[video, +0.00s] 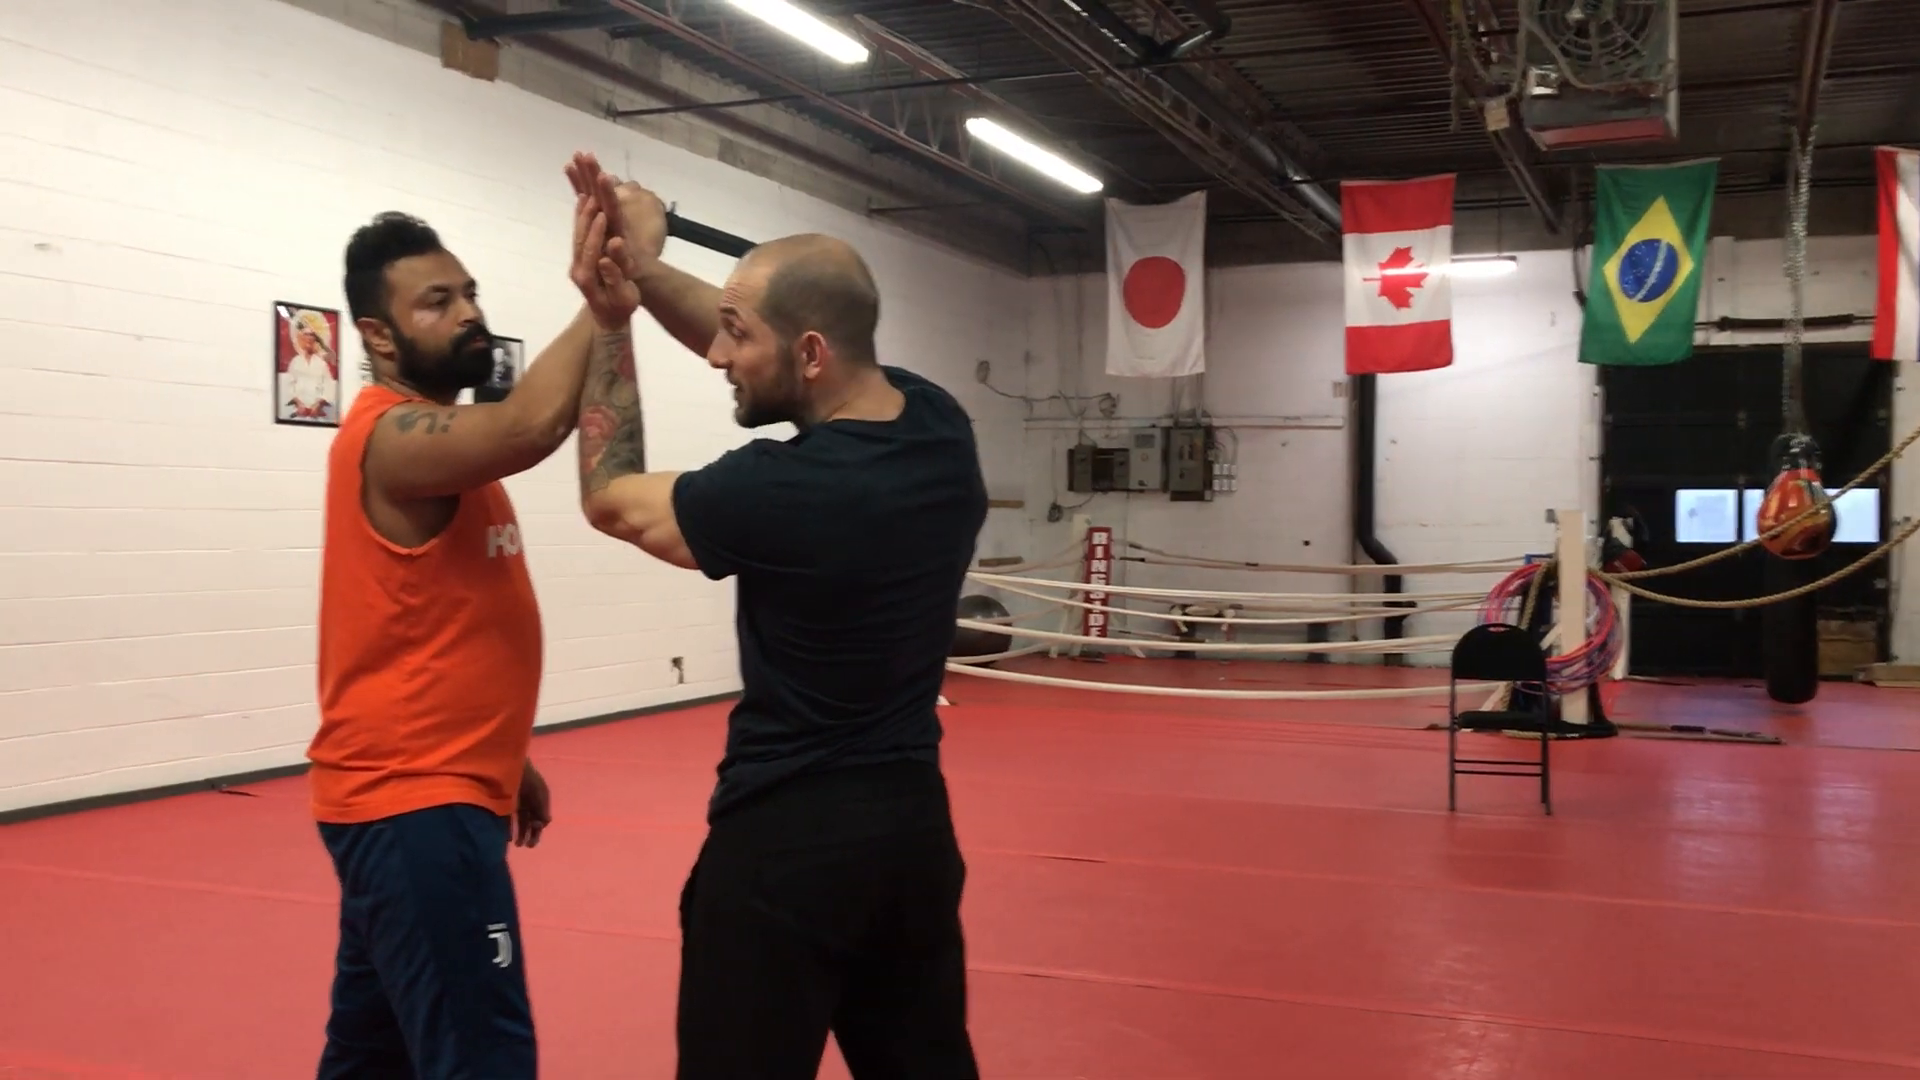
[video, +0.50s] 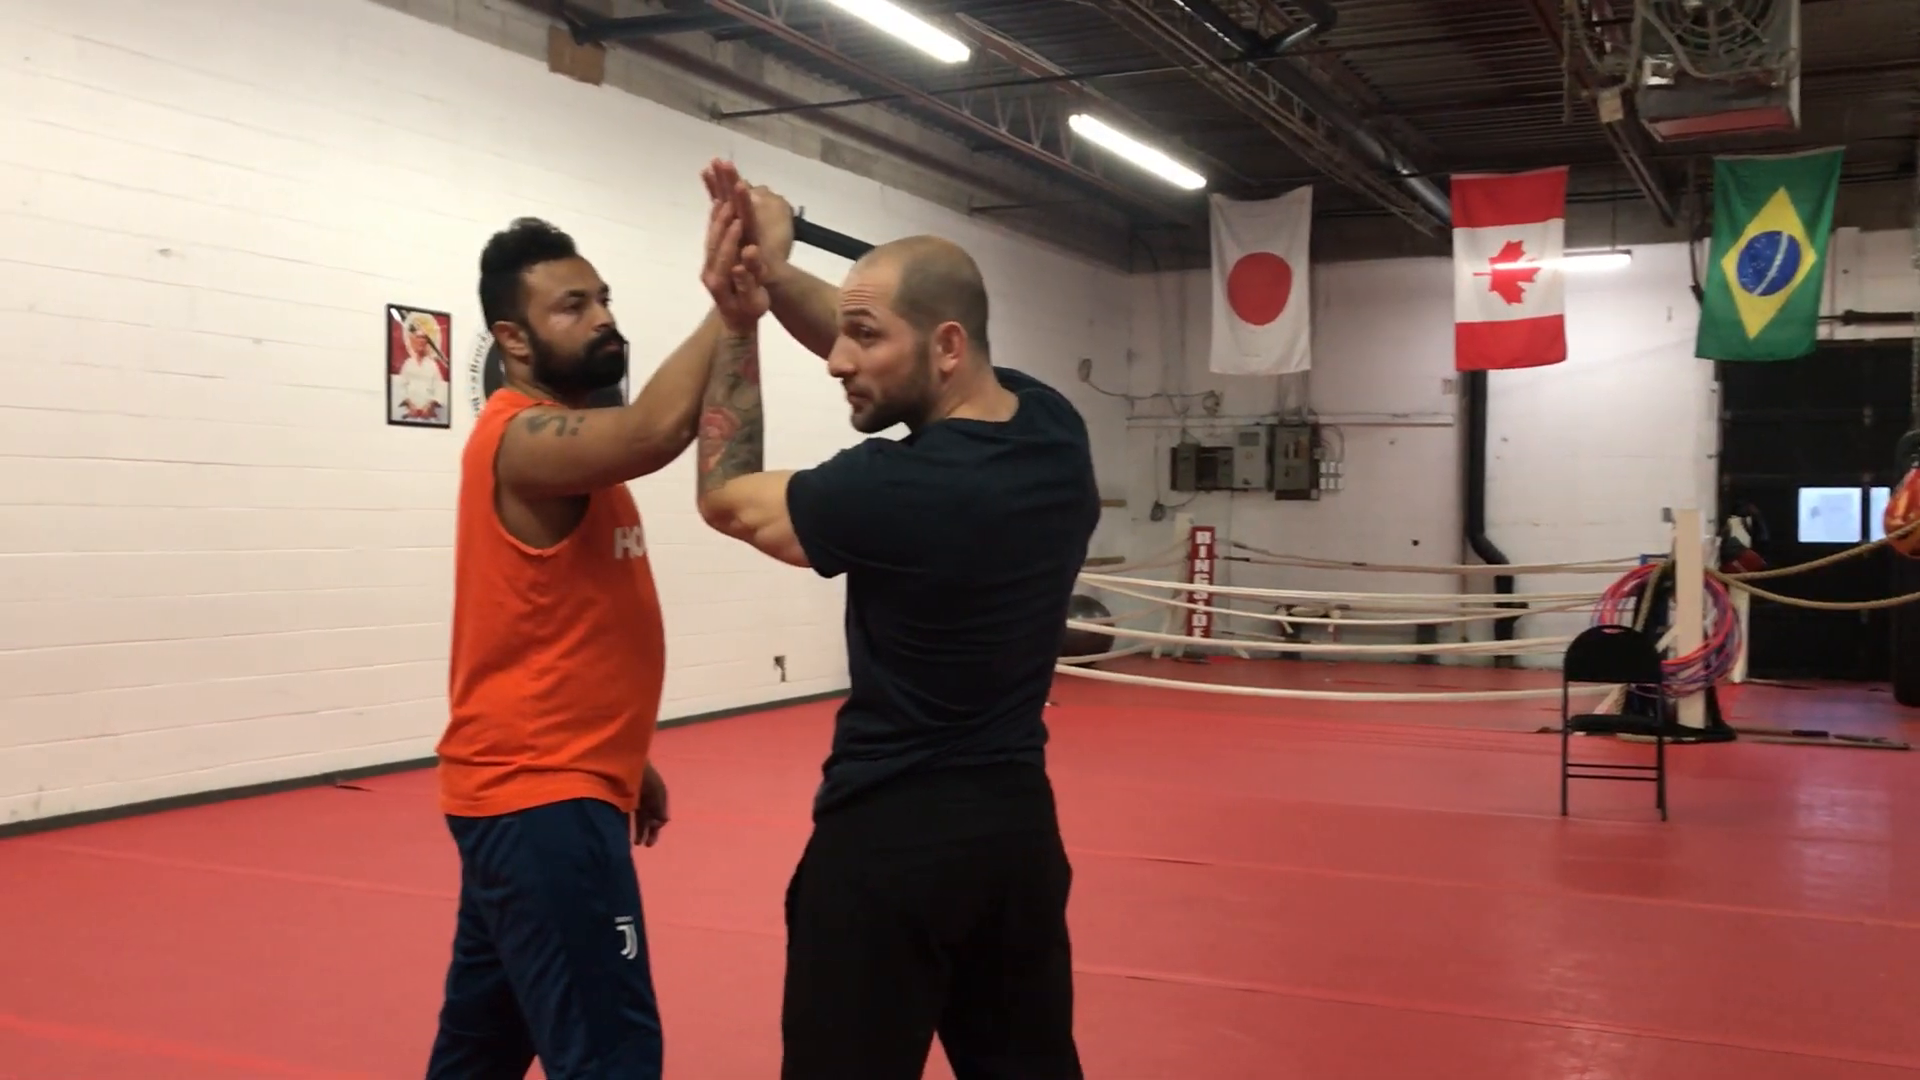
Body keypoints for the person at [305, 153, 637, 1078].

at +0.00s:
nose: (470, 314)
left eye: (470, 294)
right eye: (437, 301)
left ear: (473, 300)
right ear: (376, 336)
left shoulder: (427, 424)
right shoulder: (391, 430)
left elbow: (432, 625)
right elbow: (527, 426)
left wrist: (503, 756)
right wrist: (599, 308)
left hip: (433, 788)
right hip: (411, 795)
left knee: (372, 1053)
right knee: (485, 1054)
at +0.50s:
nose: (605, 320)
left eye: (605, 300)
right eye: (574, 308)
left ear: (608, 305)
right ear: (512, 339)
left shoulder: (561, 429)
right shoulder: (521, 432)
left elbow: (567, 622)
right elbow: (652, 433)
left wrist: (626, 758)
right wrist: (729, 315)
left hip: (556, 788)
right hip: (536, 792)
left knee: (480, 1051)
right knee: (613, 1054)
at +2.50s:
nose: (692, 323)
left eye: (695, 302)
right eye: (661, 312)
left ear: (703, 307)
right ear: (606, 343)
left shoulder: (654, 436)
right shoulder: (616, 434)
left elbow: (650, 625)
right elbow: (741, 431)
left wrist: (716, 753)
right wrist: (823, 313)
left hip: (635, 787)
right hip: (622, 792)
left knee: (566, 1050)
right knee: (696, 1055)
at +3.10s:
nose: (671, 316)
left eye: (671, 298)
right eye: (641, 306)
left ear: (679, 303)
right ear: (584, 340)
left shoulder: (626, 429)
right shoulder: (611, 433)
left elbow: (628, 623)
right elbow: (764, 437)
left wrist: (708, 750)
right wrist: (895, 385)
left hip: (615, 786)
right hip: (623, 791)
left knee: (576, 1046)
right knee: (691, 1053)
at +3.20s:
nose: (679, 315)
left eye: (673, 298)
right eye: (648, 303)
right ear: (588, 338)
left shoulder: (598, 432)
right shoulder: (621, 439)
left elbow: (624, 623)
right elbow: (786, 463)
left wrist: (695, 752)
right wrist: (935, 434)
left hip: (605, 787)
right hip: (626, 791)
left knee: (576, 1041)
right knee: (689, 1052)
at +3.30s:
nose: (685, 315)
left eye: (678, 297)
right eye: (655, 303)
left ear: (600, 345)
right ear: (594, 337)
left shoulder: (582, 433)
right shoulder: (629, 444)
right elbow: (788, 484)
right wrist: (935, 457)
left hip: (589, 785)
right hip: (636, 791)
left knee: (572, 1040)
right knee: (690, 1052)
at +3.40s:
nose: (689, 315)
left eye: (681, 296)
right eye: (659, 305)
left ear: (596, 346)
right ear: (595, 338)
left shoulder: (578, 435)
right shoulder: (627, 445)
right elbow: (770, 517)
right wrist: (885, 481)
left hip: (586, 784)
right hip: (641, 792)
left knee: (571, 1039)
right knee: (693, 1052)